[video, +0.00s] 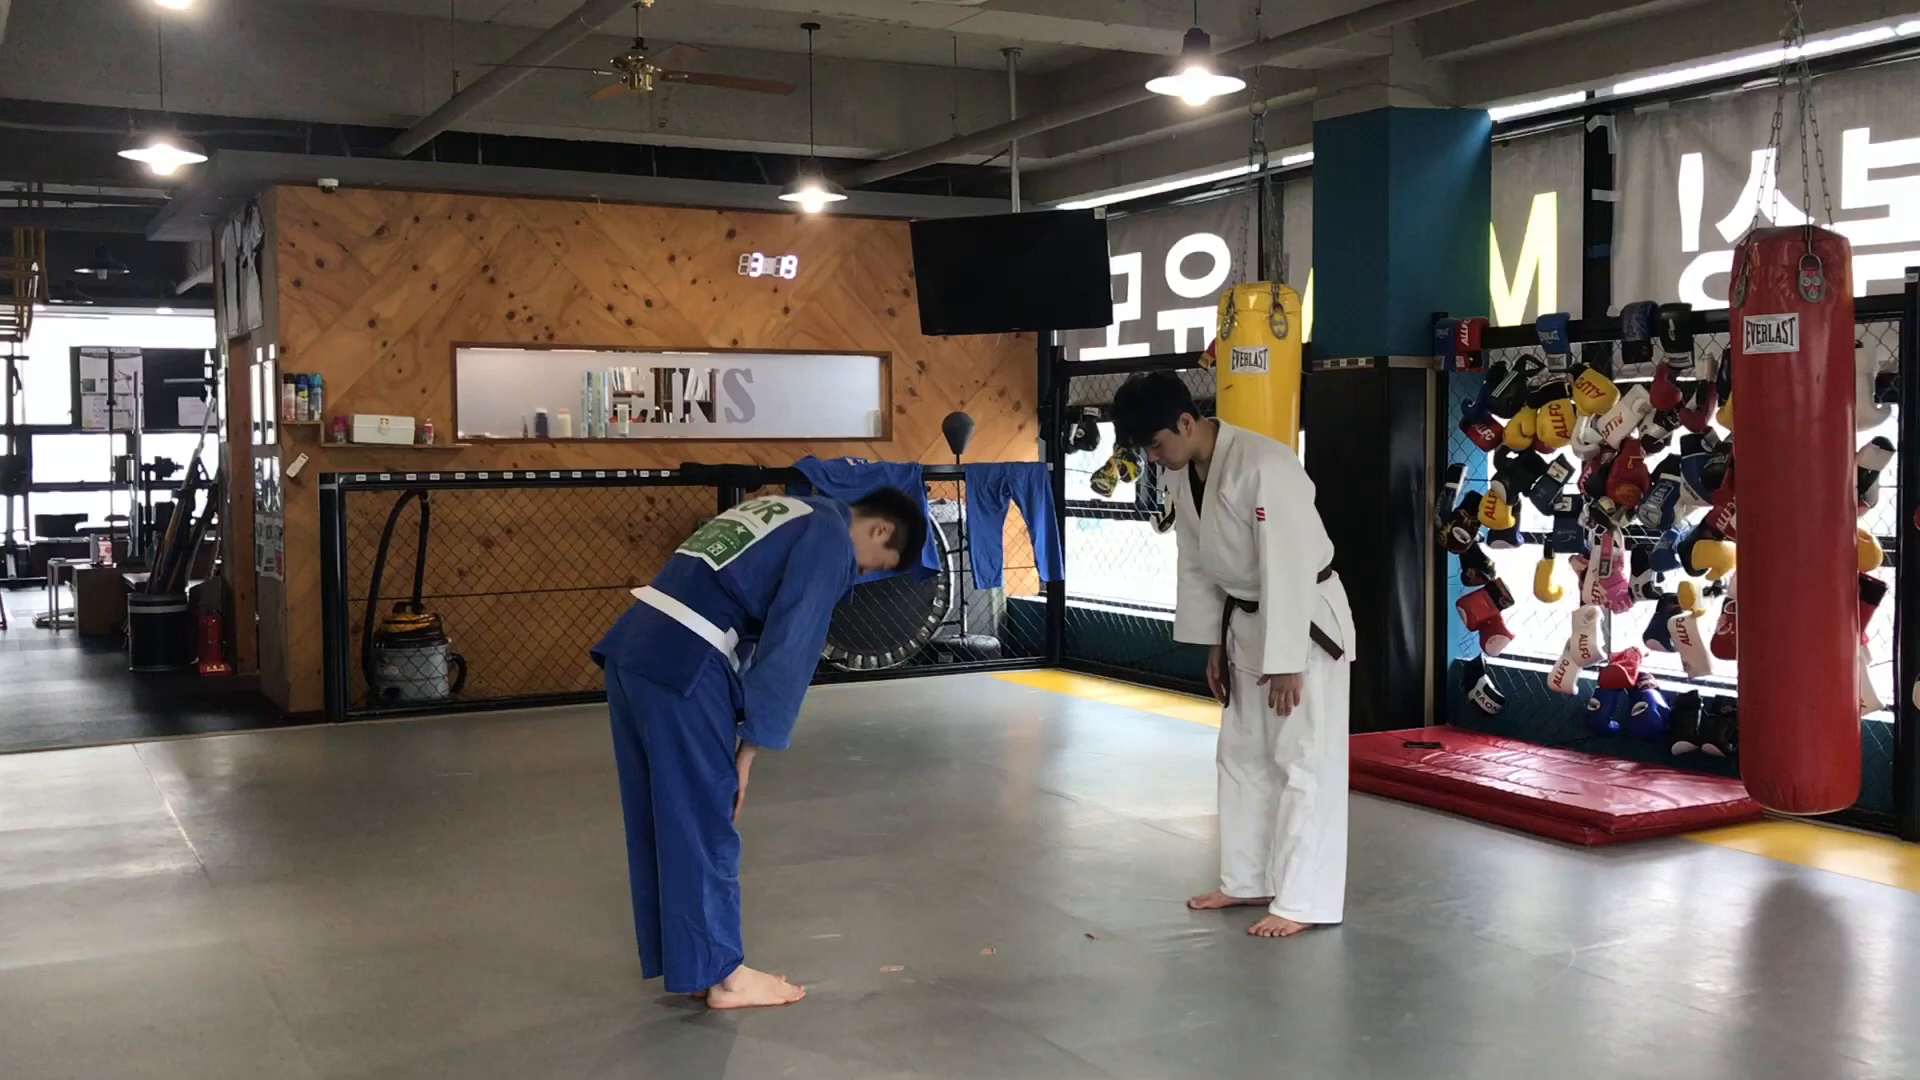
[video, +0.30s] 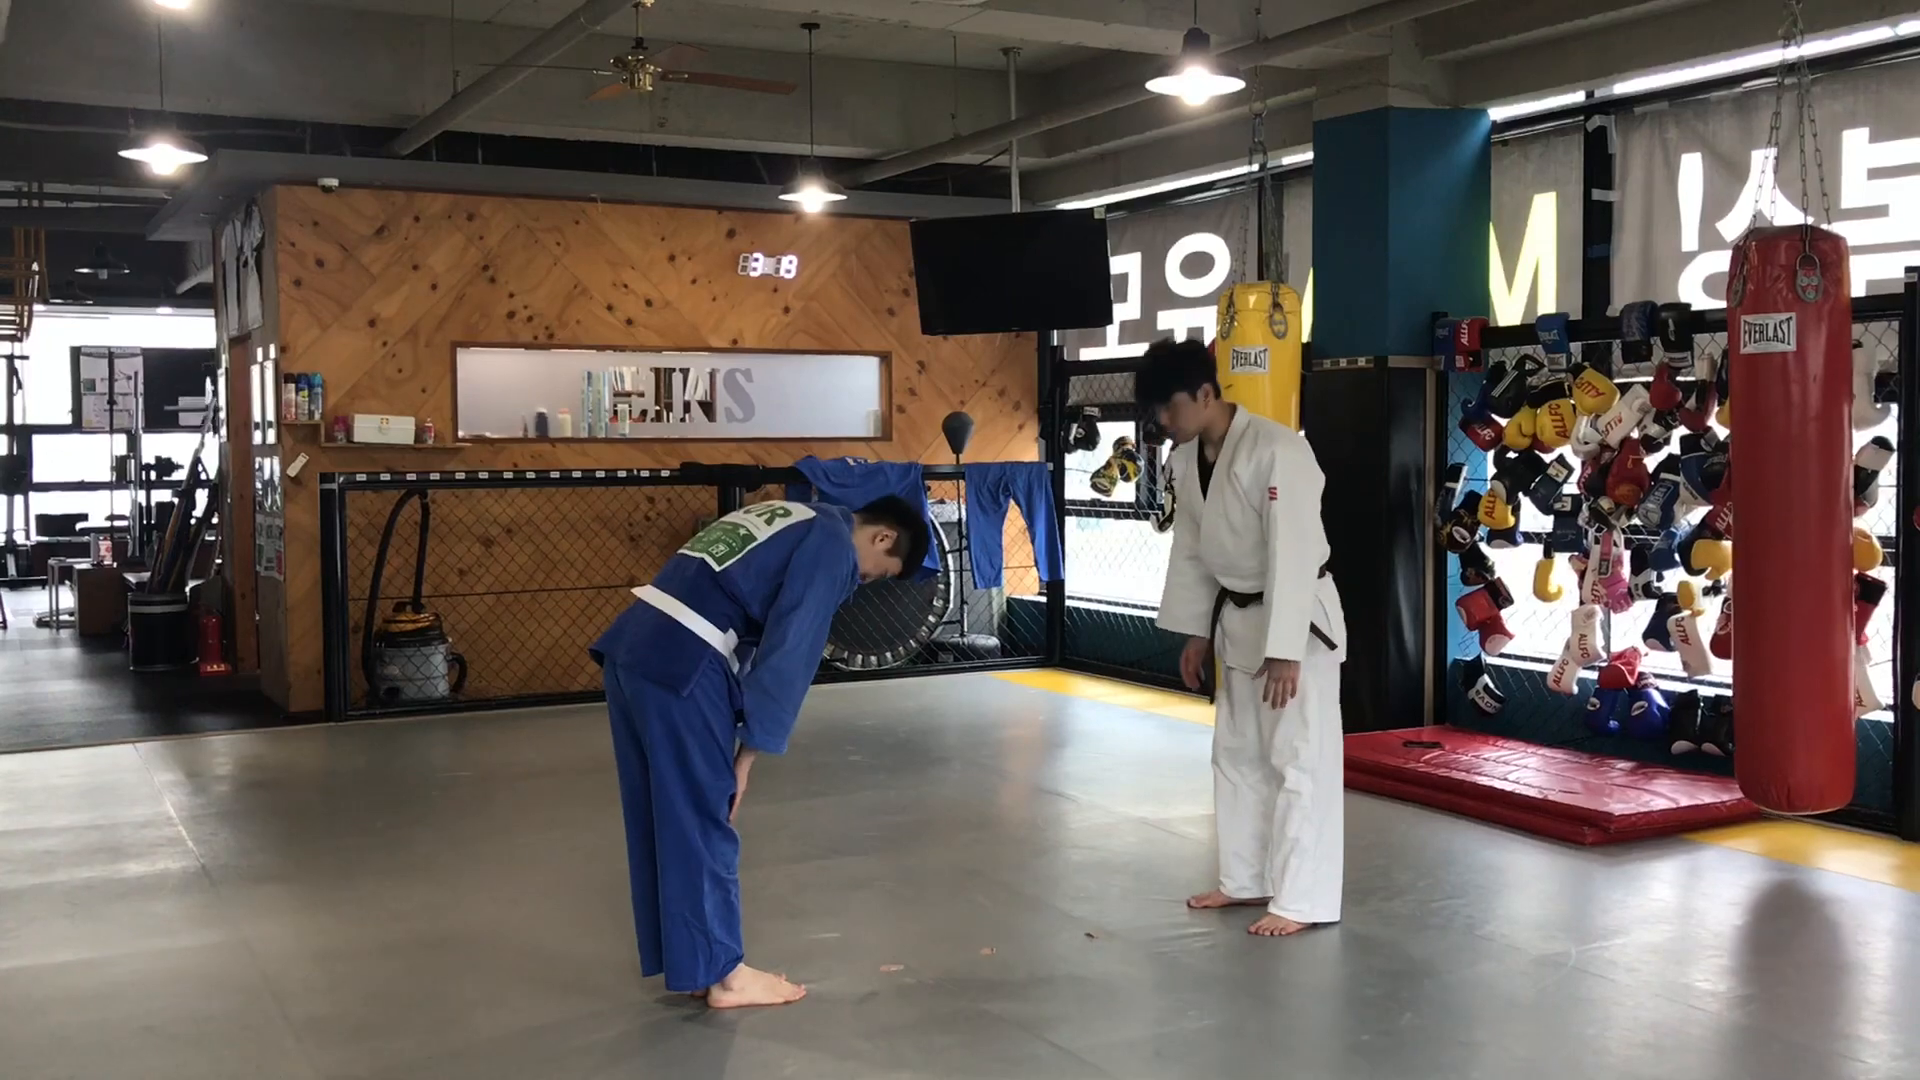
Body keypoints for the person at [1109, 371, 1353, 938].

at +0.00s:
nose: (1153, 458)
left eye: (1155, 445)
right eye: (1146, 450)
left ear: (1186, 421)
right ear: (1179, 428)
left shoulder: (1265, 464)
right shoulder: (1182, 474)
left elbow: (1289, 564)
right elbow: (1198, 562)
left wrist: (1286, 660)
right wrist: (1217, 639)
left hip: (1306, 617)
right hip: (1248, 617)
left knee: (1302, 763)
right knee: (1243, 754)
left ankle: (1304, 901)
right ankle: (1248, 882)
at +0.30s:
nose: (1160, 423)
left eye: (1165, 410)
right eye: (1155, 413)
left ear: (1202, 396)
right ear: (1196, 400)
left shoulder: (1279, 449)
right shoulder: (1186, 458)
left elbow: (1296, 554)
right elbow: (1192, 549)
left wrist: (1285, 650)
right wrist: (1197, 632)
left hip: (1295, 619)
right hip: (1236, 617)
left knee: (1297, 763)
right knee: (1238, 756)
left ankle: (1305, 900)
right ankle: (1246, 881)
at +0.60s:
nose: (1197, 379)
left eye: (1207, 365)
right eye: (1195, 367)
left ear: (1248, 364)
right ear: (1226, 370)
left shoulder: (1300, 443)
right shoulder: (1202, 442)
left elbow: (1312, 546)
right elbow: (1182, 535)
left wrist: (1300, 639)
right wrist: (1166, 616)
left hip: (1269, 632)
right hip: (1211, 628)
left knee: (1276, 772)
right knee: (1219, 767)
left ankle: (1296, 905)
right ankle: (1239, 884)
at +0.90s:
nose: (1212, 371)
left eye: (1225, 360)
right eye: (1209, 360)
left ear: (1266, 364)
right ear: (1209, 365)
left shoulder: (1305, 449)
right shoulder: (1207, 441)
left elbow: (1312, 553)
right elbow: (1179, 533)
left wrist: (1298, 646)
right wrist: (1154, 613)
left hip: (1259, 635)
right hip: (1197, 630)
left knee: (1270, 774)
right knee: (1205, 768)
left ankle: (1293, 904)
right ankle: (1227, 881)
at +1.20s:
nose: (1192, 374)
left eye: (1204, 362)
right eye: (1189, 362)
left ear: (1243, 366)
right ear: (1196, 367)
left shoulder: (1279, 445)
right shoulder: (1190, 440)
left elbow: (1278, 552)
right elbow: (1165, 532)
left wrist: (1251, 645)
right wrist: (1129, 606)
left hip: (1248, 627)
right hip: (1183, 623)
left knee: (1263, 771)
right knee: (1160, 758)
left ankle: (1291, 903)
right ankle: (1157, 893)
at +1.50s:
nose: (1150, 372)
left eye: (1161, 360)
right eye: (1148, 361)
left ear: (1200, 361)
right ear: (1158, 364)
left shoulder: (1233, 443)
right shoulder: (1143, 440)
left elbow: (1217, 541)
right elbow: (1109, 524)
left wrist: (1164, 615)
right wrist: (1055, 575)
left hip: (1196, 617)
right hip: (1135, 612)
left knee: (1226, 761)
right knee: (1135, 763)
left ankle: (1284, 884)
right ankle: (1138, 900)